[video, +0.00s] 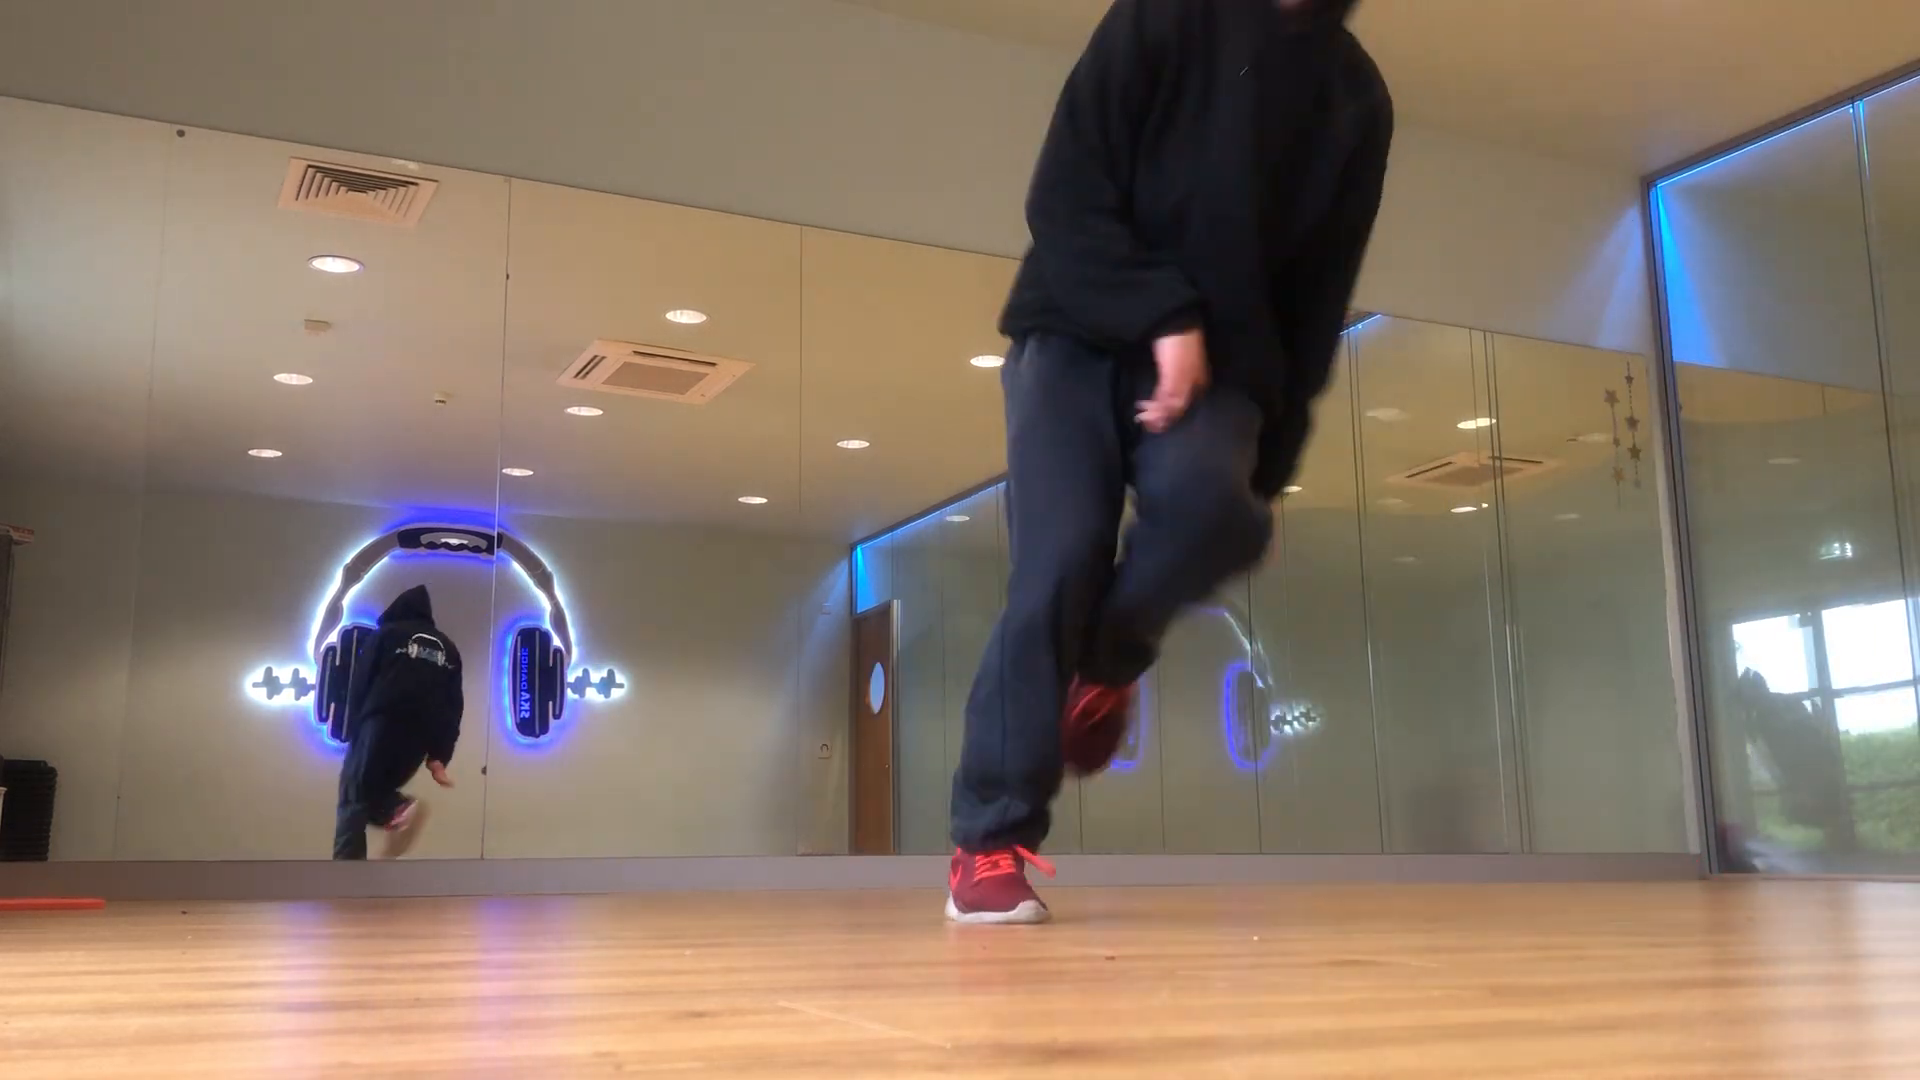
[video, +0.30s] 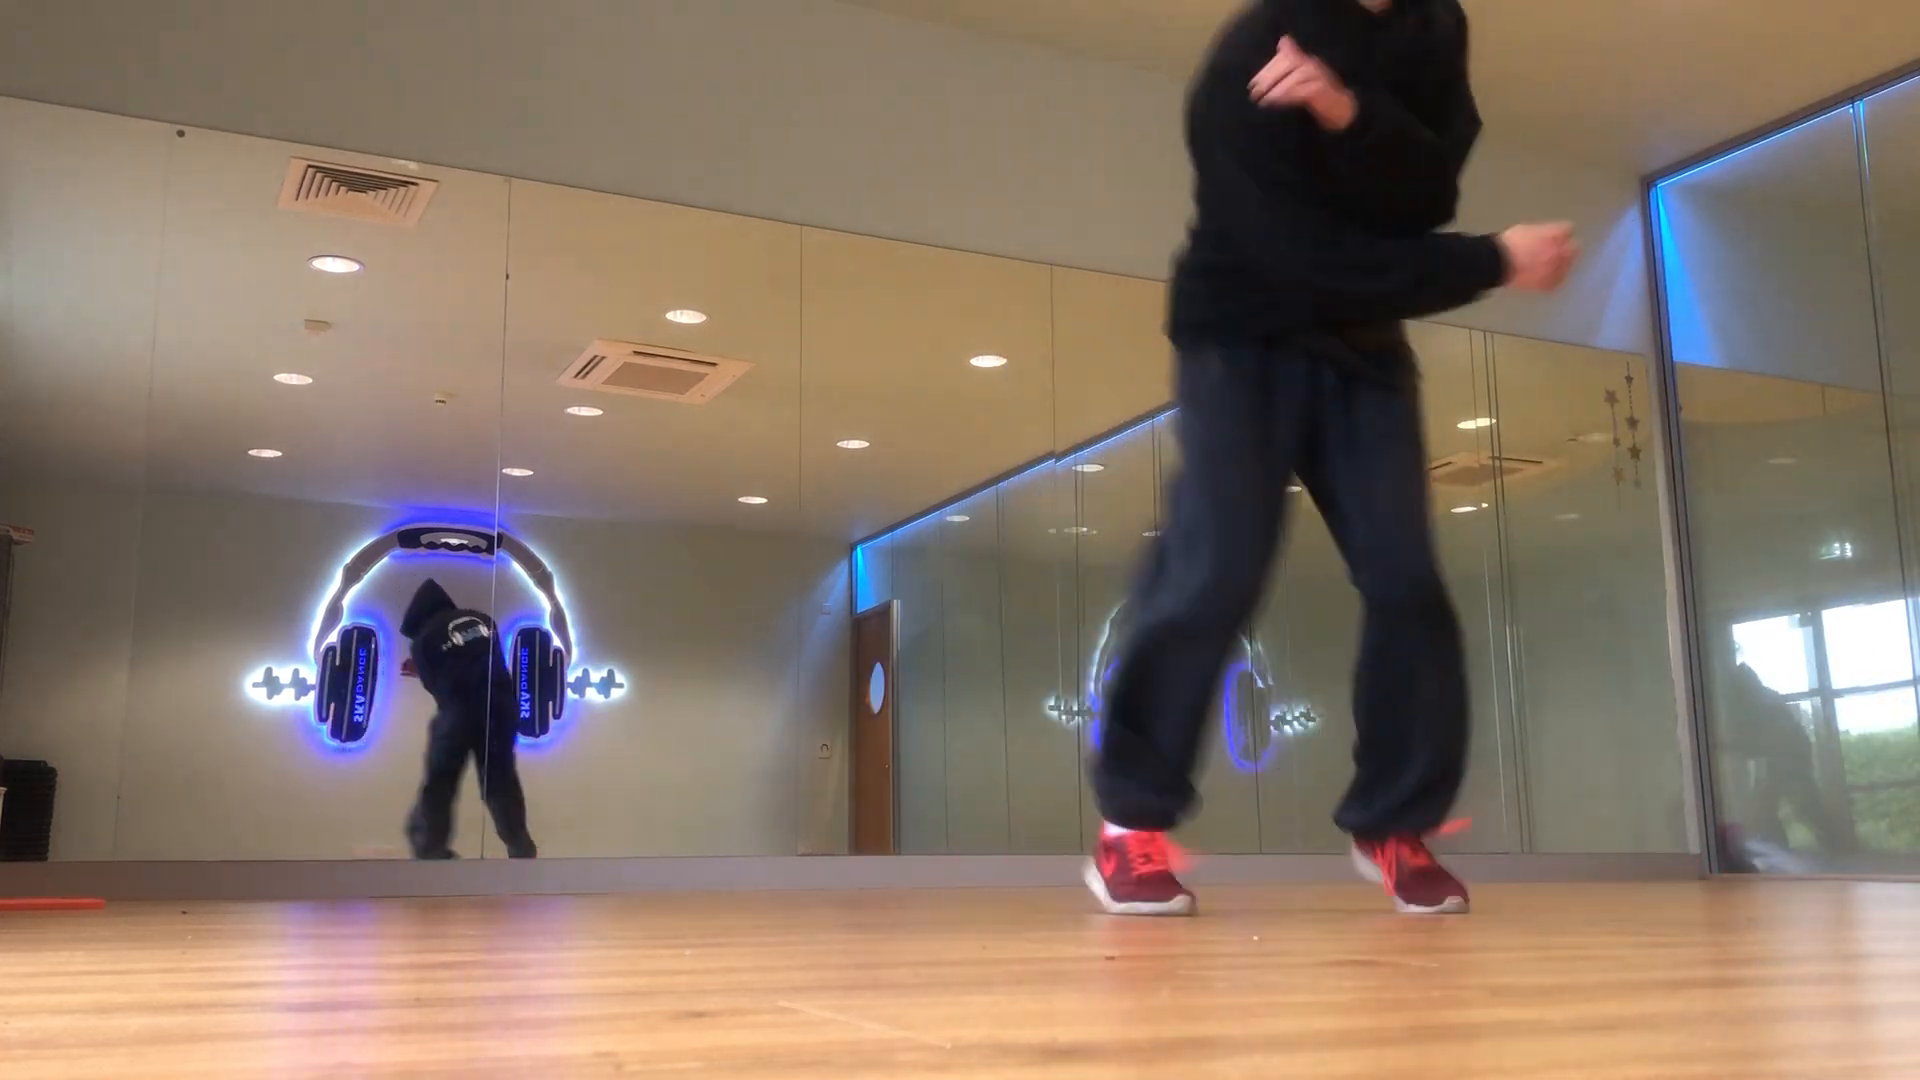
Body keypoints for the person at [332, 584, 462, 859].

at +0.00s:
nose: (387, 617)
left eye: (390, 613)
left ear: (396, 611)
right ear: (427, 614)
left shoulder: (386, 633)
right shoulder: (449, 648)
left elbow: (361, 680)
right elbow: (454, 705)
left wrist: (352, 729)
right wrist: (440, 755)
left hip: (384, 719)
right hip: (427, 727)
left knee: (353, 796)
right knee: (376, 791)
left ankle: (347, 869)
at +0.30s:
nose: (411, 631)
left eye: (411, 625)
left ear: (417, 617)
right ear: (446, 603)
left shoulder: (423, 642)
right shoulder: (481, 618)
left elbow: (435, 685)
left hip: (456, 715)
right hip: (500, 708)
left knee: (440, 779)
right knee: (500, 777)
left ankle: (430, 846)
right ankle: (522, 847)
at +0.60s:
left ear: (468, 620)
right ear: (496, 606)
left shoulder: (476, 640)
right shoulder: (528, 623)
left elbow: (470, 688)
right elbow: (555, 663)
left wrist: (469, 741)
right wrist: (562, 711)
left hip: (509, 722)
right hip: (552, 715)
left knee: (526, 794)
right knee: (552, 787)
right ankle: (535, 847)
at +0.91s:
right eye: (521, 611)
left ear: (492, 615)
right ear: (522, 612)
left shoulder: (476, 649)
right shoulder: (538, 637)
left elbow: (459, 708)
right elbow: (555, 682)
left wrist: (473, 762)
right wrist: (565, 725)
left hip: (491, 733)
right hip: (531, 727)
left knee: (518, 795)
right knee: (538, 797)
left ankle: (540, 862)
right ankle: (521, 864)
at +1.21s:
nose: (513, 613)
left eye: (511, 606)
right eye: (512, 607)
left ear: (487, 598)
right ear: (509, 604)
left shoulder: (461, 620)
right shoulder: (497, 620)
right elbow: (491, 678)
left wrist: (513, 672)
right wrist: (514, 672)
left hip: (419, 690)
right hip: (456, 693)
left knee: (432, 772)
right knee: (479, 768)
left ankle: (381, 835)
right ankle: (483, 851)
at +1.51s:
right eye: (477, 637)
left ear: (449, 629)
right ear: (475, 635)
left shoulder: (421, 643)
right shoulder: (472, 648)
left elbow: (394, 683)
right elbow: (464, 690)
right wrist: (441, 712)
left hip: (378, 711)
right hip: (418, 712)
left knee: (378, 791)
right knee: (433, 789)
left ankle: (367, 861)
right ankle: (408, 847)